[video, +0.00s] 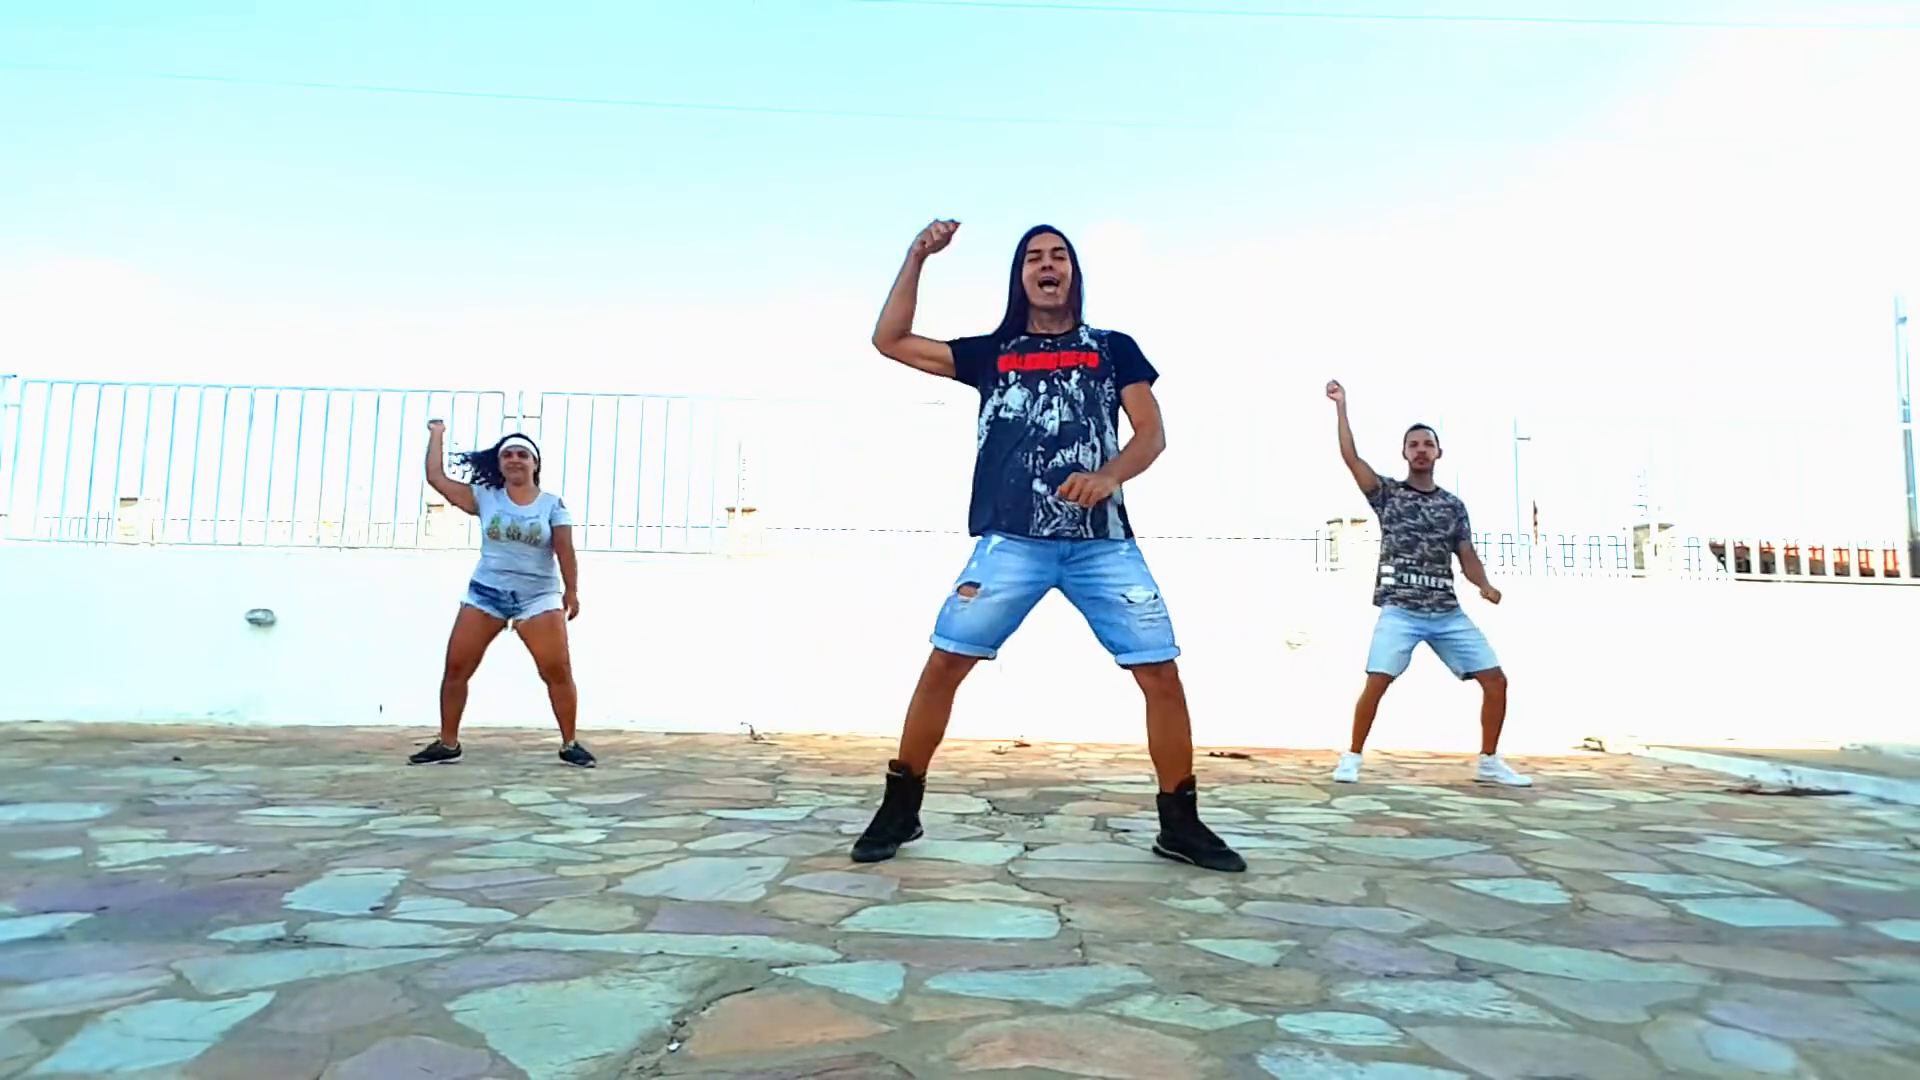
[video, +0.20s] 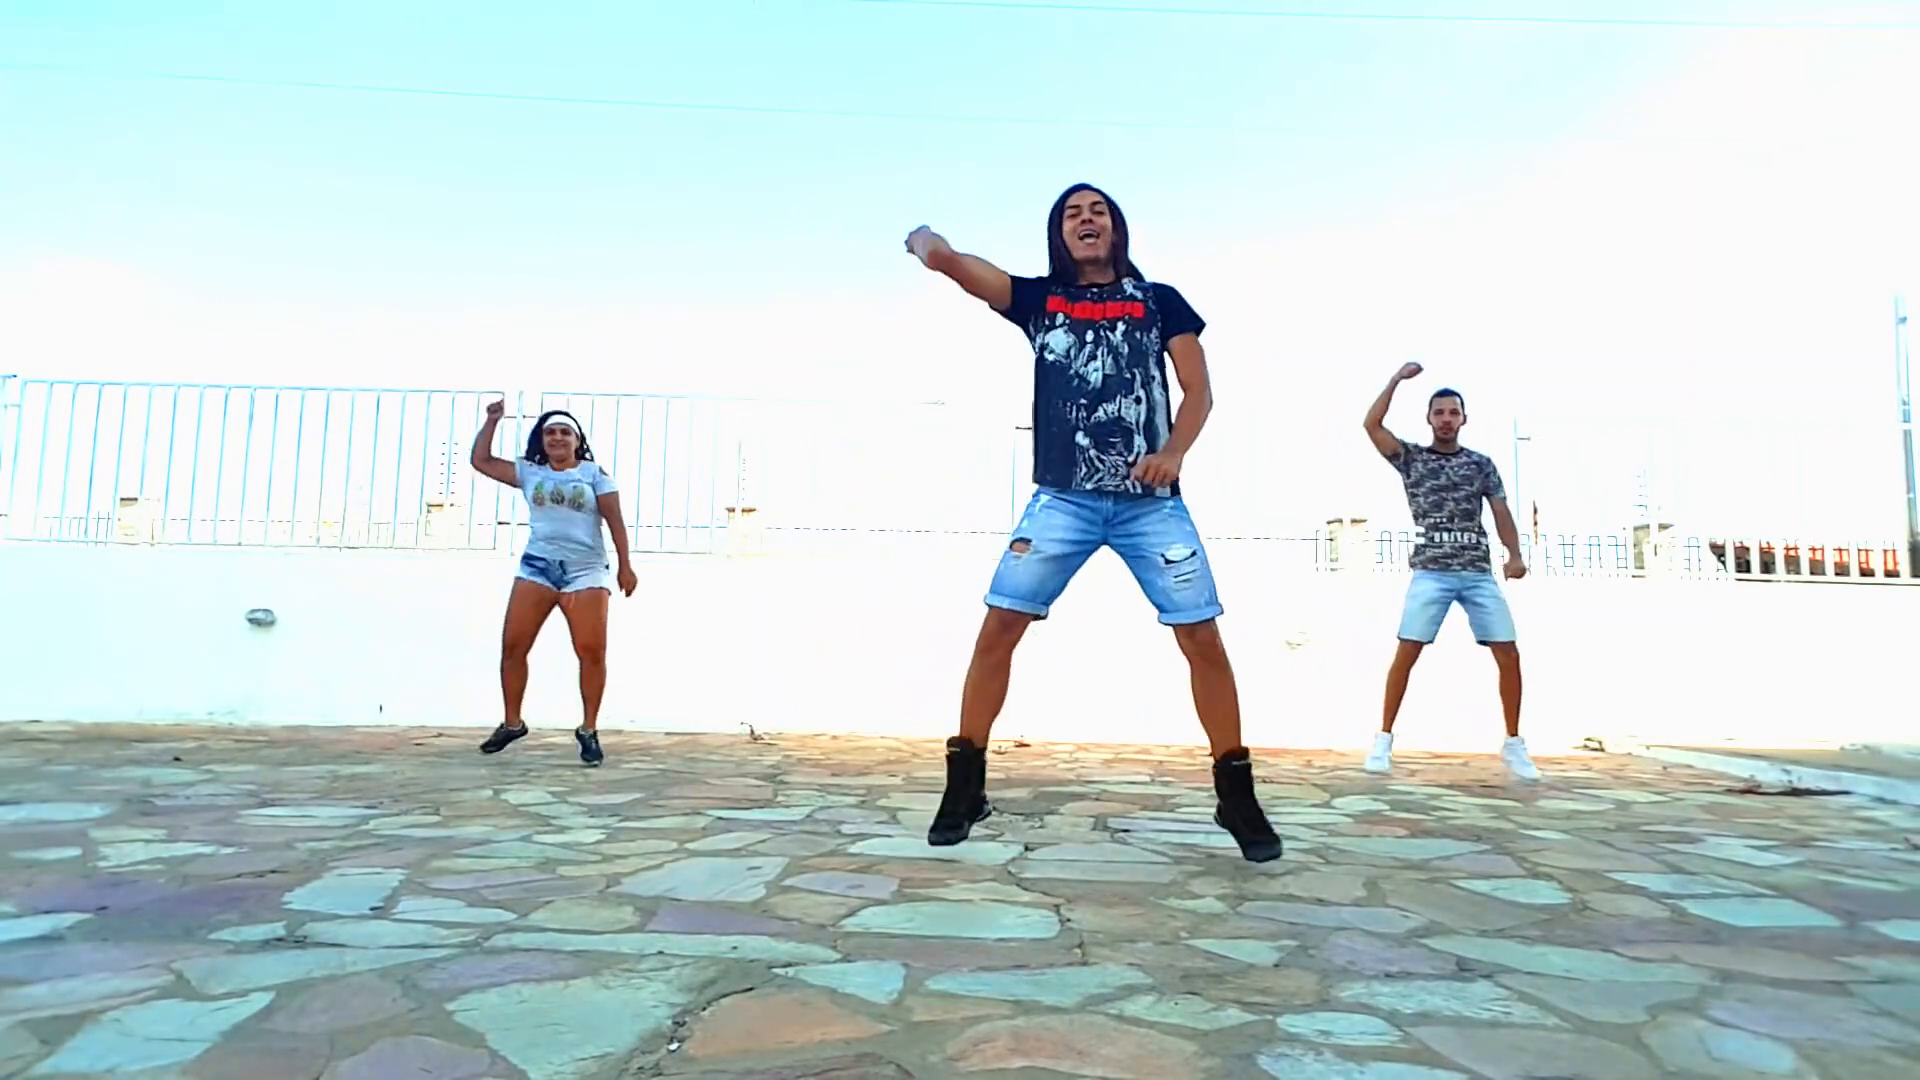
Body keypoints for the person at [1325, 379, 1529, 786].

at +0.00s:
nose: (1420, 450)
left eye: (1427, 444)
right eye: (1413, 445)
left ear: (1438, 453)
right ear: (1404, 453)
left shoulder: (1452, 506)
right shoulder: (1386, 492)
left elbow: (1466, 555)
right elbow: (1350, 456)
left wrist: (1484, 584)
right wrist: (1340, 407)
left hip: (1446, 612)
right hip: (1398, 610)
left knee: (1495, 681)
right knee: (1378, 679)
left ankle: (1488, 761)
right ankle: (1352, 756)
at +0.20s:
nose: (1446, 418)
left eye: (1452, 412)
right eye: (1439, 412)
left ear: (1463, 419)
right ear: (1428, 419)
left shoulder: (1480, 465)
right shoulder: (1411, 459)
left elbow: (1501, 512)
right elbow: (1372, 425)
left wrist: (1514, 553)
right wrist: (1395, 380)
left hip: (1479, 573)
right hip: (1431, 572)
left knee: (1507, 651)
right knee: (1408, 649)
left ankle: (1514, 742)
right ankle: (1384, 738)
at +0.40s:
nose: (1479, 447)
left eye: (1486, 442)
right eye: (1472, 441)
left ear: (1496, 450)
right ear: (1461, 450)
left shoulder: (1512, 499)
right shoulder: (1442, 491)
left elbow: (1532, 546)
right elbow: (1402, 455)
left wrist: (1542, 575)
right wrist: (1404, 404)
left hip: (1506, 612)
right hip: (1455, 611)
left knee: (1548, 683)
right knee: (1429, 677)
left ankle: (1538, 763)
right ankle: (1408, 757)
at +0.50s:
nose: (1489, 442)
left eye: (1496, 436)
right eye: (1482, 436)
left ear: (1506, 444)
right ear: (1471, 443)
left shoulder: (1525, 492)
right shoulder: (1453, 483)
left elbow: (1541, 538)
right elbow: (1413, 453)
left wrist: (1551, 570)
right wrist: (1410, 413)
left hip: (1516, 604)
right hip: (1465, 602)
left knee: (1547, 681)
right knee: (1439, 672)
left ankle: (1538, 762)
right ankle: (1409, 752)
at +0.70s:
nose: (1506, 419)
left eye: (1513, 412)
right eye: (1499, 412)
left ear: (1523, 420)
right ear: (1488, 418)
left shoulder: (1537, 466)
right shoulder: (1465, 457)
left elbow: (1551, 513)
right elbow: (1413, 443)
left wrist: (1556, 543)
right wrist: (1419, 393)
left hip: (1521, 579)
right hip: (1471, 575)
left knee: (1547, 658)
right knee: (1446, 649)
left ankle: (1554, 748)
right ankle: (1415, 736)